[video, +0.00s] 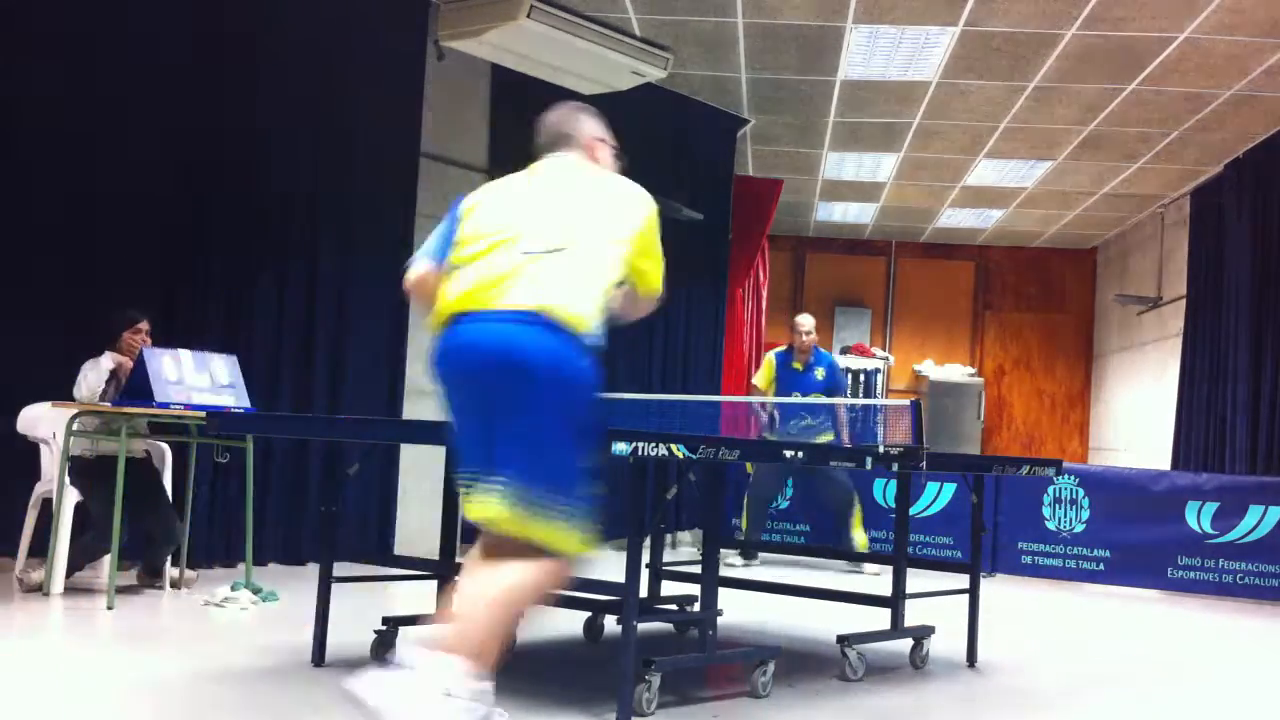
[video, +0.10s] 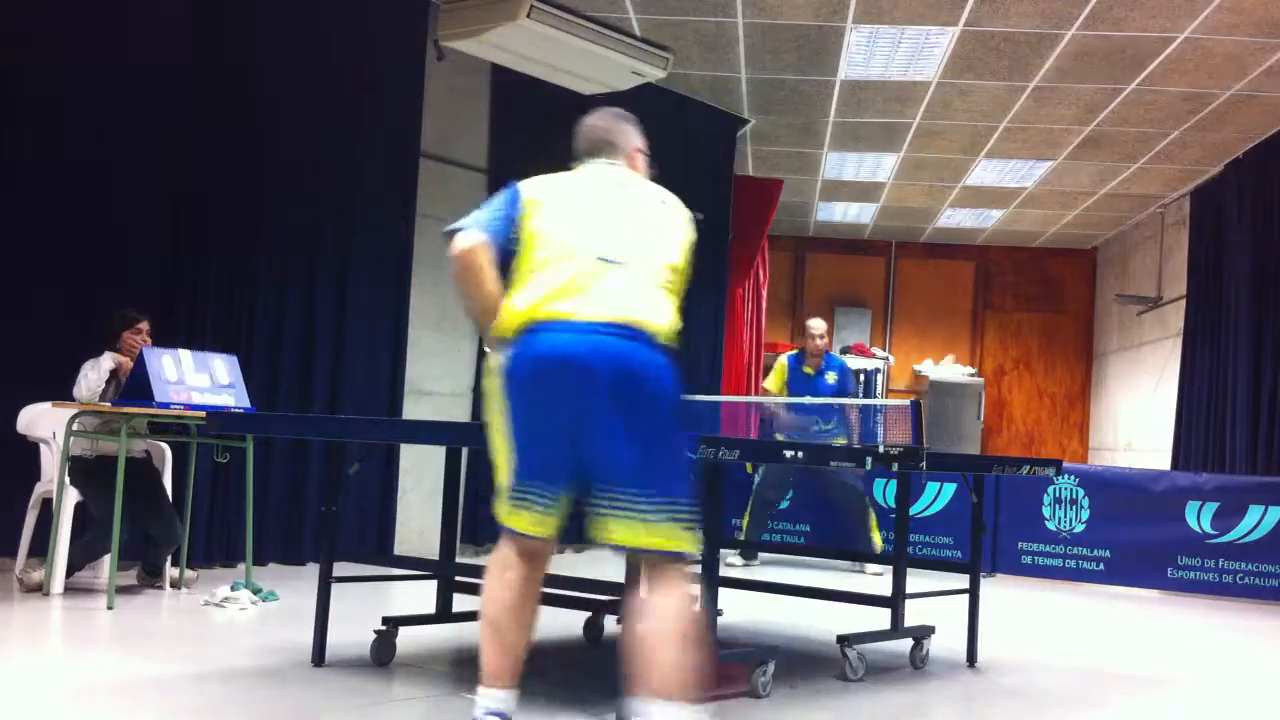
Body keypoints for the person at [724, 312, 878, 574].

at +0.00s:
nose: (804, 338)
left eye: (809, 333)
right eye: (800, 333)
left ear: (816, 335)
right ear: (792, 335)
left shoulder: (829, 363)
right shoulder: (775, 359)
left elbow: (839, 405)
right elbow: (755, 391)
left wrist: (845, 441)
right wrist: (763, 419)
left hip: (820, 442)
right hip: (779, 441)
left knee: (846, 492)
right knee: (757, 491)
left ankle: (859, 554)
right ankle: (749, 550)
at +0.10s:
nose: (817, 342)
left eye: (821, 337)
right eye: (812, 337)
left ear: (828, 339)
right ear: (803, 339)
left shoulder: (840, 367)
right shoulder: (787, 362)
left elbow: (851, 409)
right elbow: (767, 396)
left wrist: (855, 445)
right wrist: (782, 415)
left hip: (832, 442)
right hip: (790, 441)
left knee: (856, 492)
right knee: (764, 491)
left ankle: (870, 556)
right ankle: (747, 552)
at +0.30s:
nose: (871, 336)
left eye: (873, 331)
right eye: (865, 331)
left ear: (873, 332)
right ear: (852, 331)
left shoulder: (852, 352)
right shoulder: (848, 355)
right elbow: (862, 398)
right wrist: (882, 423)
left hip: (848, 434)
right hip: (840, 436)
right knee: (862, 492)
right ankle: (868, 554)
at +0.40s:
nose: (899, 346)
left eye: (900, 340)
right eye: (895, 341)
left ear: (875, 341)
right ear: (878, 340)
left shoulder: (856, 358)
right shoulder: (881, 363)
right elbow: (918, 395)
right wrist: (962, 406)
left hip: (830, 436)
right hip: (846, 442)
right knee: (861, 498)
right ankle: (864, 555)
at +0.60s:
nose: (943, 379)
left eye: (944, 374)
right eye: (942, 373)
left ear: (922, 369)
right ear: (926, 371)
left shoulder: (882, 373)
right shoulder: (916, 386)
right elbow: (947, 436)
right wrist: (982, 450)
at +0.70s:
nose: (951, 390)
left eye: (954, 385)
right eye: (952, 384)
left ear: (934, 370)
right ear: (942, 376)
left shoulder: (901, 372)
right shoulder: (923, 386)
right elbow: (926, 441)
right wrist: (948, 486)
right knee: (883, 501)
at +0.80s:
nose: (960, 391)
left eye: (963, 385)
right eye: (962, 384)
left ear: (949, 374)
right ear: (950, 376)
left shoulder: (921, 373)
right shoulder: (926, 388)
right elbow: (915, 442)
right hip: (866, 435)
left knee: (873, 496)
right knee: (871, 497)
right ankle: (830, 533)